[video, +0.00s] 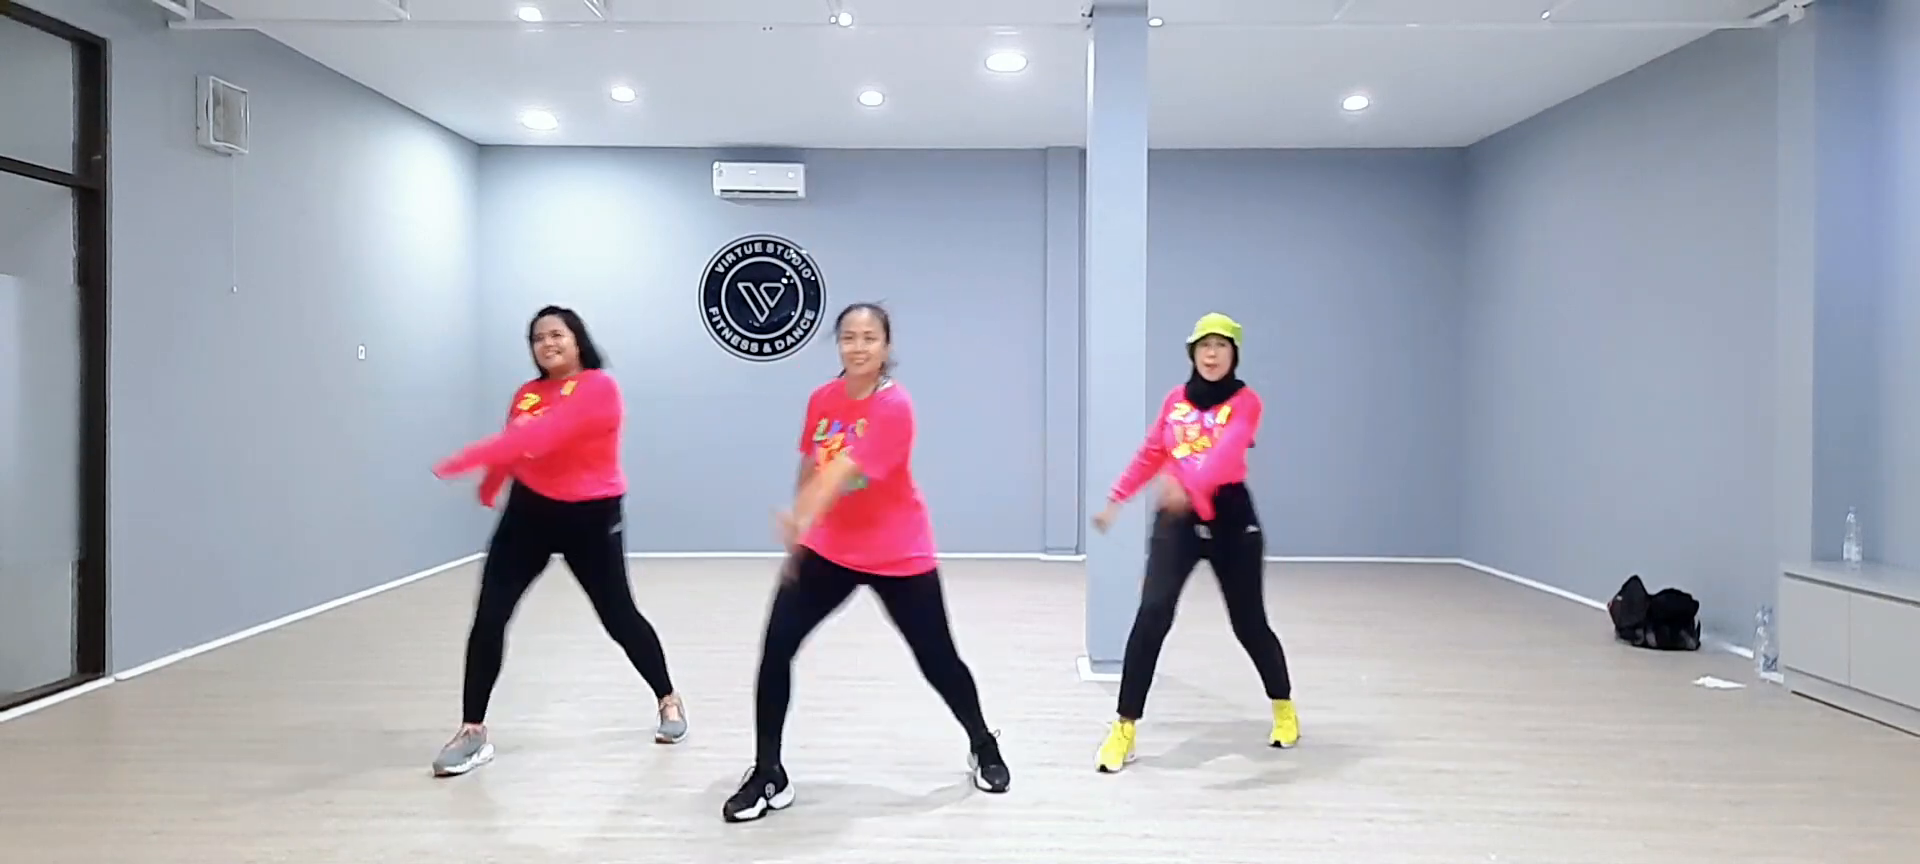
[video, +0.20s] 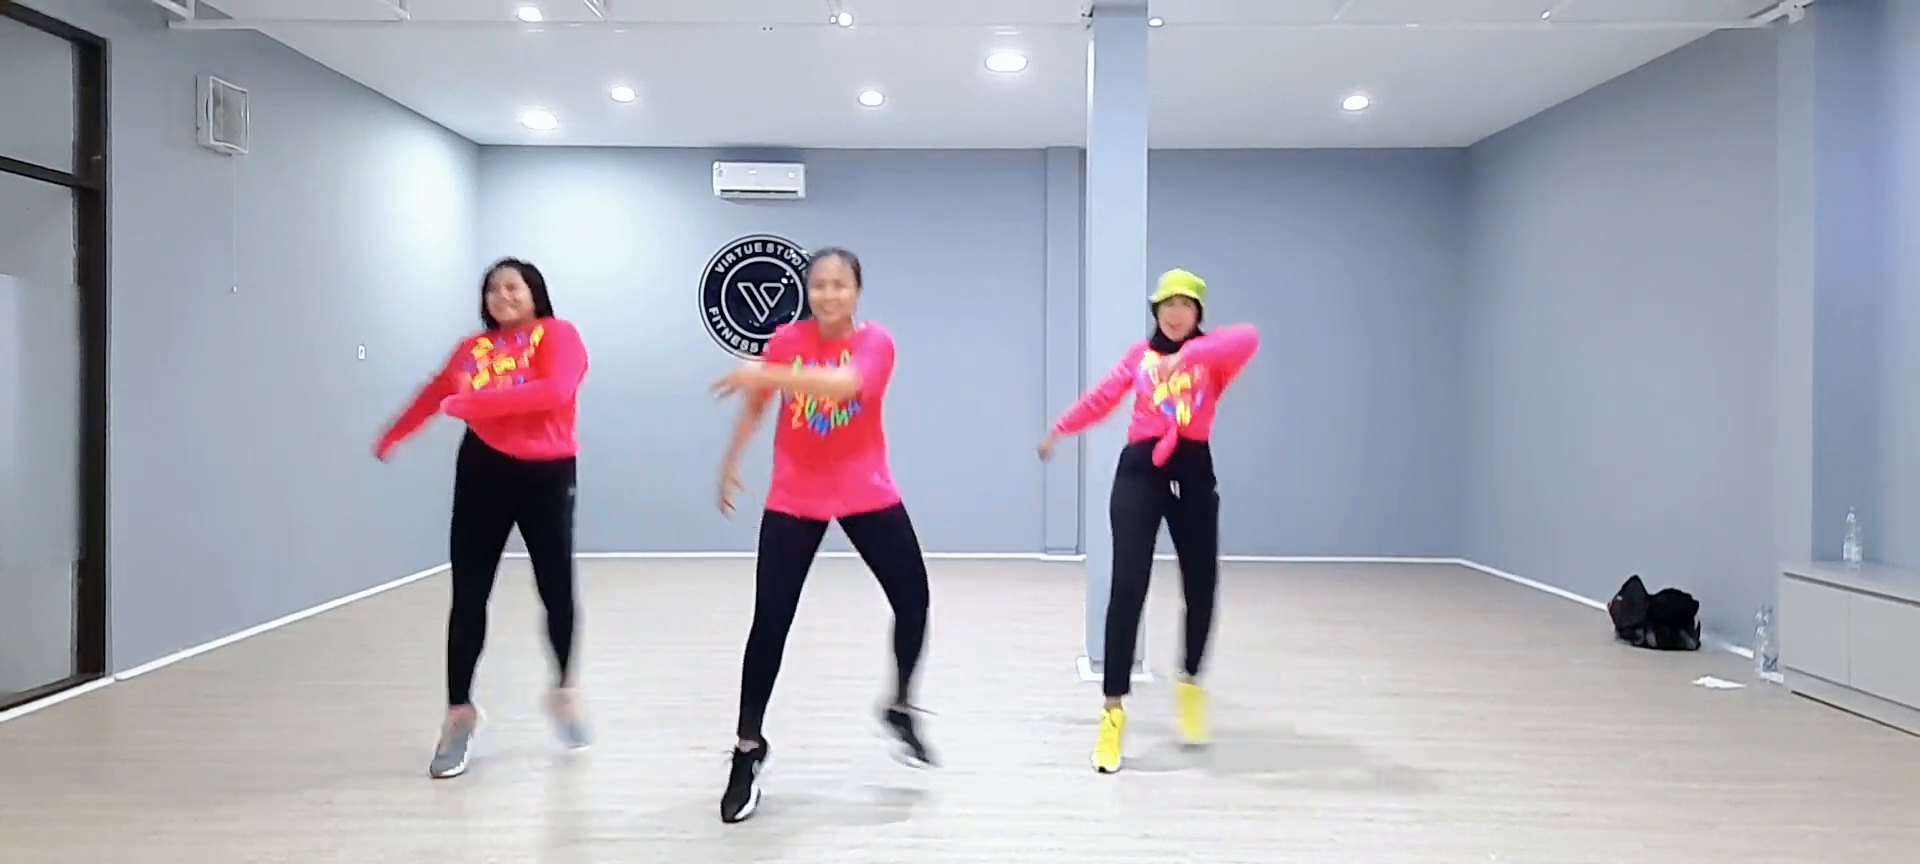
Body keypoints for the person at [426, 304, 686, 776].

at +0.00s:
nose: (547, 343)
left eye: (557, 334)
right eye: (539, 339)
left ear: (579, 340)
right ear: (533, 350)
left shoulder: (600, 389)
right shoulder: (528, 395)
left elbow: (544, 437)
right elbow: (513, 445)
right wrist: (492, 483)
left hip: (590, 516)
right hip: (529, 512)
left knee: (620, 618)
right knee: (489, 616)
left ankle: (668, 700)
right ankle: (473, 729)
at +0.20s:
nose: (505, 295)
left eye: (515, 287)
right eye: (496, 289)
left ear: (536, 295)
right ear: (485, 301)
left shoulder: (560, 335)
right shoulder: (474, 349)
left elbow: (556, 391)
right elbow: (437, 393)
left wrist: (475, 405)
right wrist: (392, 436)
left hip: (546, 477)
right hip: (483, 474)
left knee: (559, 594)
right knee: (468, 596)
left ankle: (564, 690)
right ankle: (459, 714)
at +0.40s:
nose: (466, 305)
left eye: (478, 297)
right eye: (457, 298)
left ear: (502, 305)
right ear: (447, 308)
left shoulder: (531, 340)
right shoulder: (434, 357)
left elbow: (572, 397)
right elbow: (373, 399)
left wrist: (532, 455)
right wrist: (301, 427)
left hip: (512, 491)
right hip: (449, 485)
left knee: (486, 618)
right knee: (426, 614)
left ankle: (468, 732)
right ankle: (397, 744)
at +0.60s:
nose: (454, 330)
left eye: (467, 323)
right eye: (446, 322)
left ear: (488, 332)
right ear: (434, 333)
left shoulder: (521, 371)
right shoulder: (411, 394)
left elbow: (561, 435)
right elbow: (361, 464)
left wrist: (586, 494)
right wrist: (307, 526)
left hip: (500, 517)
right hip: (430, 513)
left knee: (497, 613)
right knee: (401, 631)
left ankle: (498, 717)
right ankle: (394, 755)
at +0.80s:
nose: (485, 334)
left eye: (498, 327)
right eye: (475, 327)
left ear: (516, 338)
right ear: (460, 337)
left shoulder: (549, 381)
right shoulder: (439, 394)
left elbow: (585, 444)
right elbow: (432, 467)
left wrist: (608, 498)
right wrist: (442, 533)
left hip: (534, 527)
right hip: (466, 524)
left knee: (547, 636)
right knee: (423, 643)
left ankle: (592, 776)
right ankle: (396, 757)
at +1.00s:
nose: (527, 296)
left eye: (539, 287)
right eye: (517, 289)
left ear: (559, 297)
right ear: (505, 300)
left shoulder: (594, 348)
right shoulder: (484, 346)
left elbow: (647, 397)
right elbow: (437, 398)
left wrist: (647, 465)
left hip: (579, 495)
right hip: (510, 491)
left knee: (576, 622)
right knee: (465, 602)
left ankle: (595, 769)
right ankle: (462, 735)